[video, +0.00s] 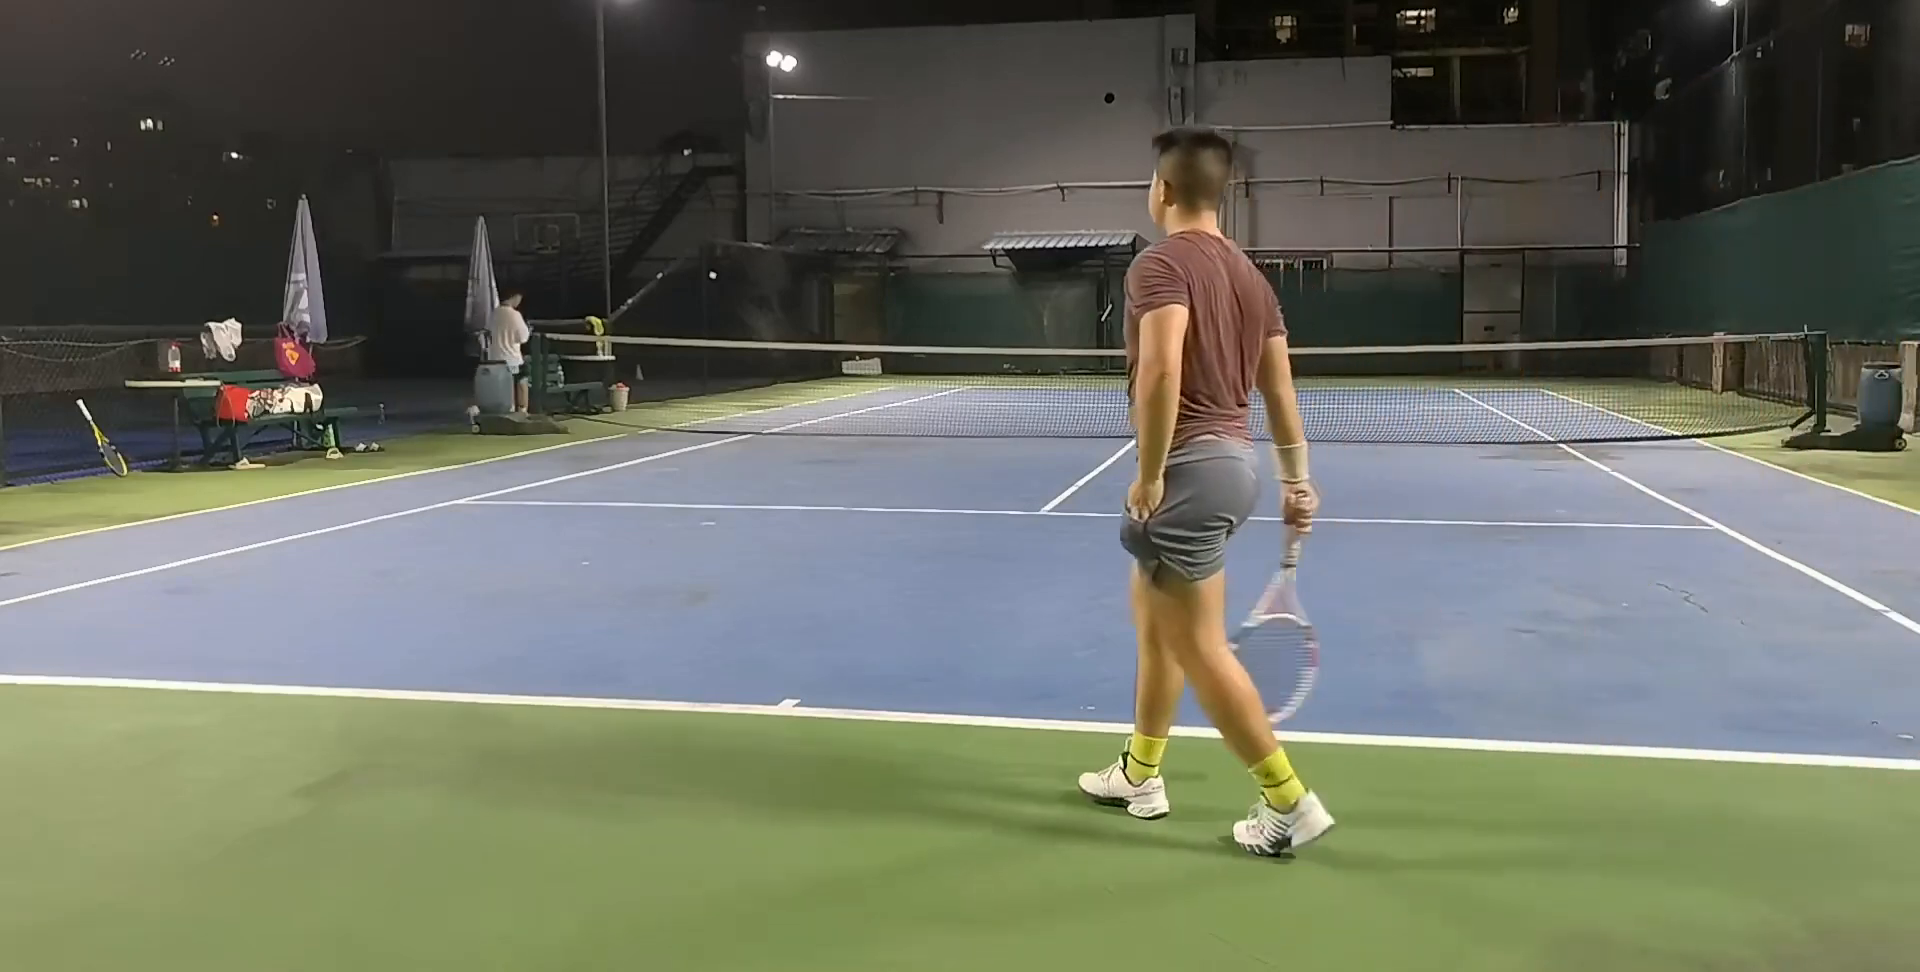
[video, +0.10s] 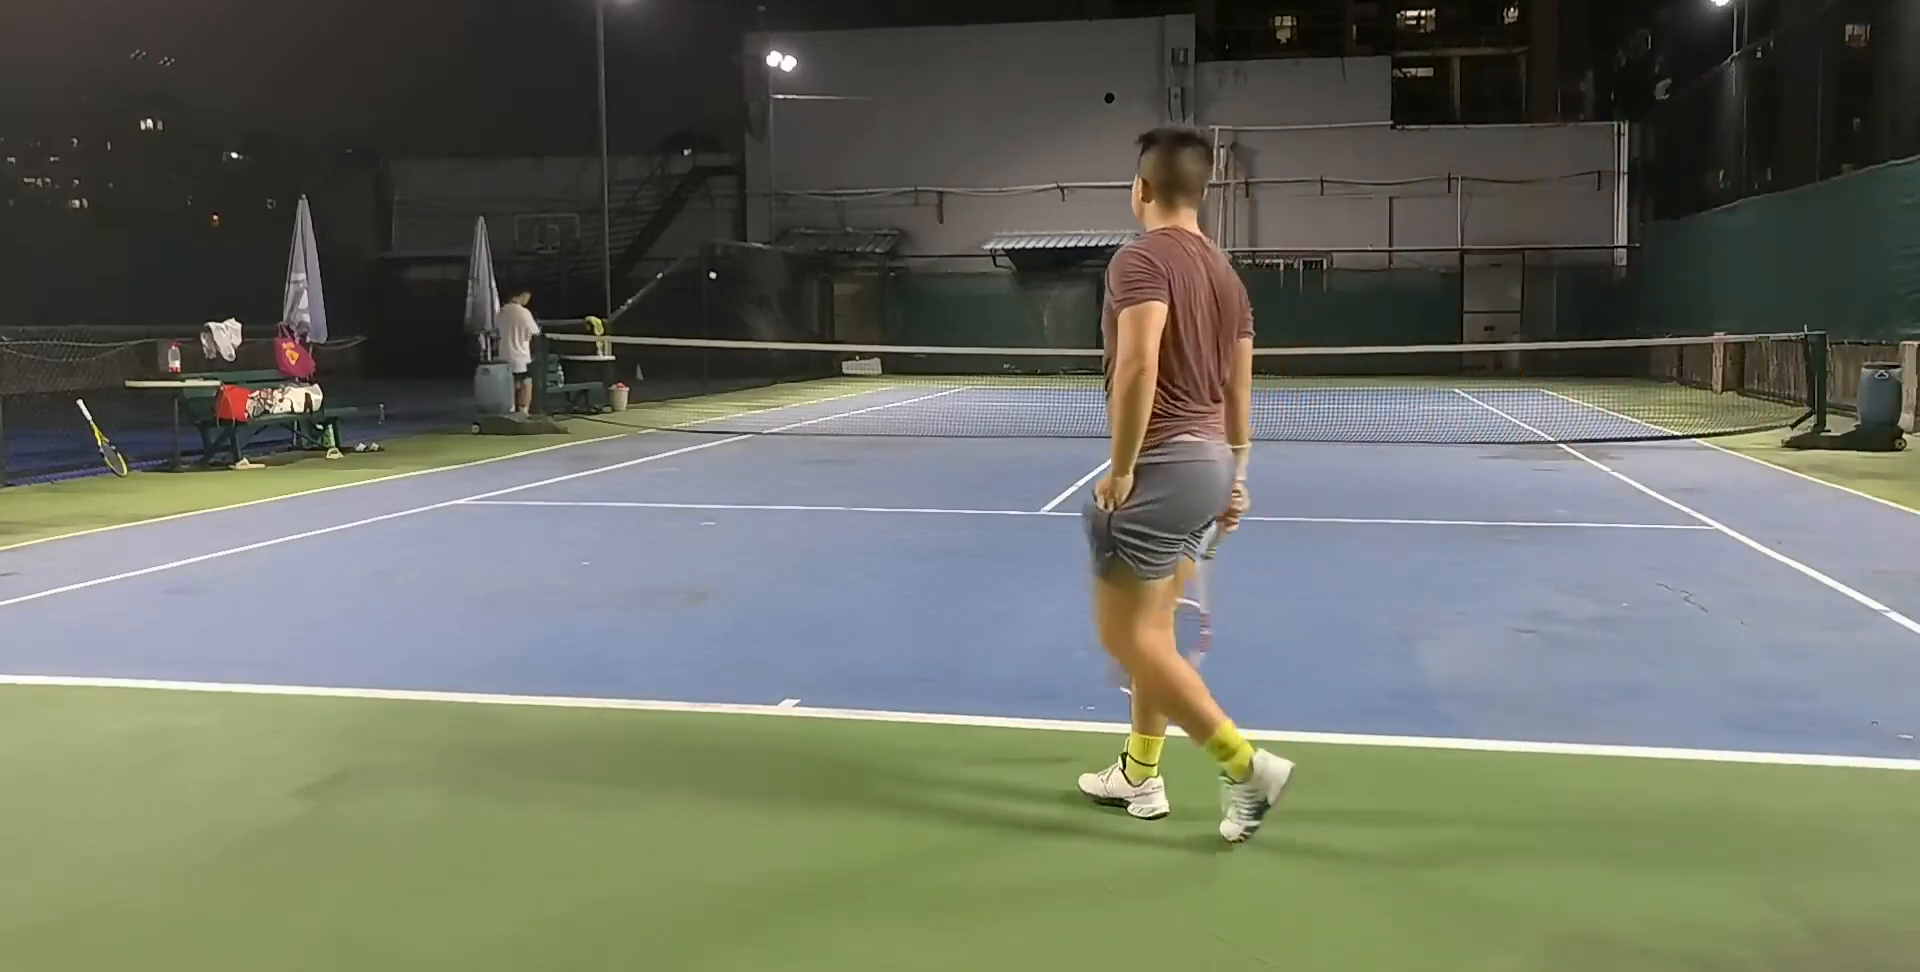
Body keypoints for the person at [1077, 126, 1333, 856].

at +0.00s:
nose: (1147, 195)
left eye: (1151, 187)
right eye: (1152, 185)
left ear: (1161, 192)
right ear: (1220, 196)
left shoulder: (1161, 263)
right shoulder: (1253, 277)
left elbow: (1160, 375)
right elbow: (1279, 391)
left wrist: (1147, 475)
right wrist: (1296, 477)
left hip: (1185, 466)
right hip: (1239, 464)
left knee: (1200, 647)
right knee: (1152, 605)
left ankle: (1288, 801)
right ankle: (1141, 772)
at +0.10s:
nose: (1133, 195)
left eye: (1134, 187)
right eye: (1138, 187)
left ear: (1142, 189)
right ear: (1203, 193)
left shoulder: (1140, 259)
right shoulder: (1227, 277)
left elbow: (1137, 368)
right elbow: (1237, 389)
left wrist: (1119, 468)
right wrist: (1235, 472)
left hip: (1160, 460)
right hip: (1215, 459)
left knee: (1126, 636)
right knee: (1153, 621)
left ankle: (1245, 763)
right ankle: (1139, 772)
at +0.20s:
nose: (1114, 196)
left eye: (1115, 186)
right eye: (1121, 186)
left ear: (1123, 189)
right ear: (1181, 189)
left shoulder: (1124, 258)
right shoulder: (1205, 271)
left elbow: (1121, 368)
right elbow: (1203, 389)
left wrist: (1097, 464)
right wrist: (1172, 456)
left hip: (1138, 457)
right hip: (1191, 456)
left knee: (1075, 618)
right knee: (1151, 617)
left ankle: (1183, 750)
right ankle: (1141, 768)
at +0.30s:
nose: (1093, 194)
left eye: (1094, 184)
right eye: (1101, 184)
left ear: (1102, 188)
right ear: (1161, 190)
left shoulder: (1108, 257)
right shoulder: (1180, 268)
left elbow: (1109, 362)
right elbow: (1176, 378)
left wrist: (1077, 460)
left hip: (1119, 453)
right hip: (1174, 453)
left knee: (1044, 604)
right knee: (1147, 613)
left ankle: (1099, 760)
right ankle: (1142, 774)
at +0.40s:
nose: (1069, 197)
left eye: (1069, 189)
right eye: (1074, 190)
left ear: (1076, 191)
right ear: (1140, 193)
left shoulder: (1084, 261)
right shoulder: (1161, 270)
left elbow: (1093, 364)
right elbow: (1158, 375)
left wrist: (1060, 458)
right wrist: (1098, 437)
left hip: (1098, 457)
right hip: (1154, 454)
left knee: (1032, 606)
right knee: (1137, 613)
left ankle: (1019, 770)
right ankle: (1141, 775)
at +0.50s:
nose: (1044, 204)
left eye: (1044, 195)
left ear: (1049, 197)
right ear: (1113, 198)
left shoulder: (1056, 269)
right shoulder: (1136, 273)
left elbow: (1068, 370)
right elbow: (1129, 379)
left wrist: (1040, 459)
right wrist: (1051, 434)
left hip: (1076, 461)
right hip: (1134, 455)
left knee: (1016, 615)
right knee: (1126, 615)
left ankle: (970, 757)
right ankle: (1140, 774)